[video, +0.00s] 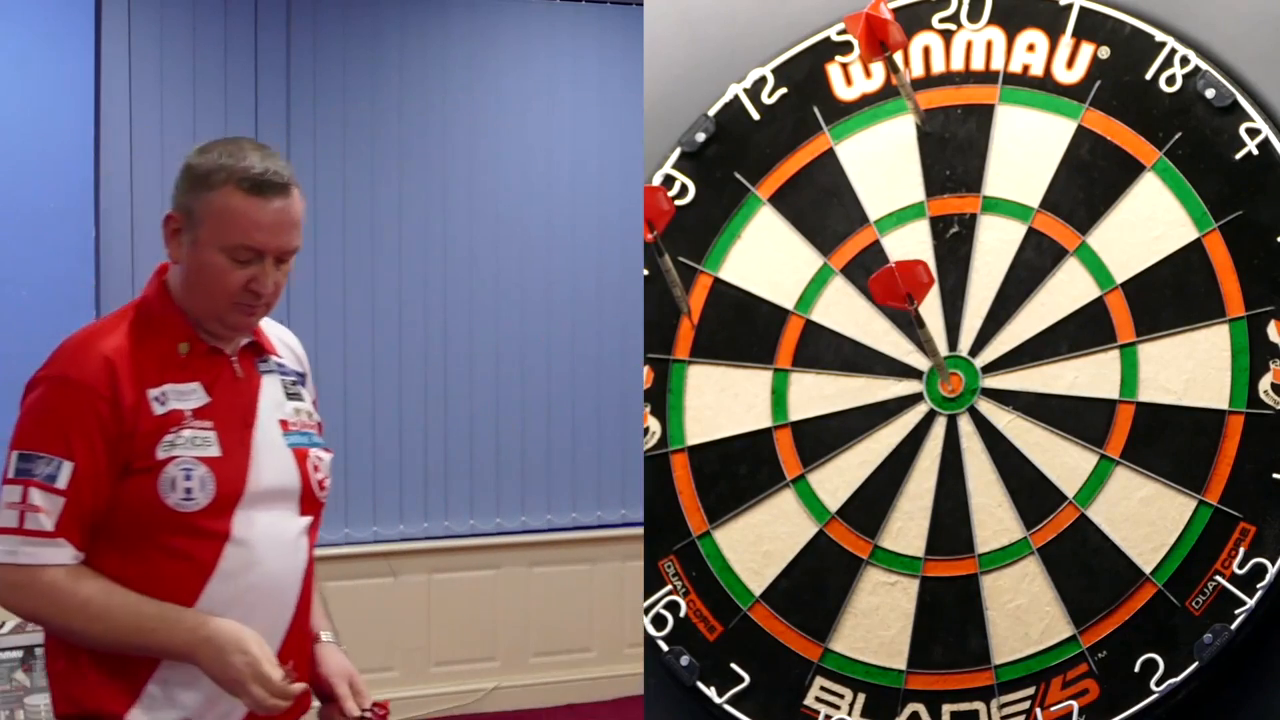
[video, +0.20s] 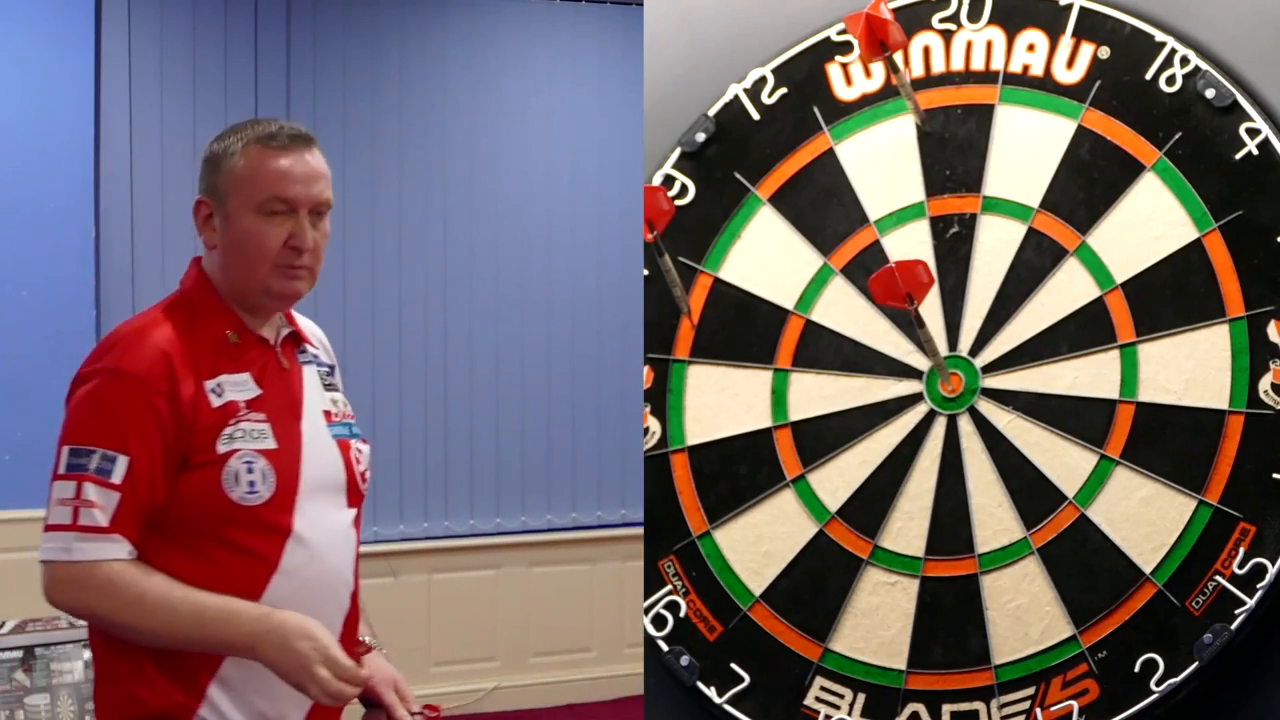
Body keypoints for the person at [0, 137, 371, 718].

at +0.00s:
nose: (266, 284)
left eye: (283, 259)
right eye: (243, 257)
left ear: (296, 250)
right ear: (176, 238)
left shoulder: (284, 355)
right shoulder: (92, 370)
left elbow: (284, 533)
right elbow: (21, 571)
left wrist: (322, 643)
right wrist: (199, 637)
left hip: (278, 702)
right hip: (139, 708)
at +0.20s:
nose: (305, 239)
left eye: (319, 214)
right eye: (276, 213)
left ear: (331, 221)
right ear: (209, 224)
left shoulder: (309, 346)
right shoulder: (140, 362)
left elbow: (316, 532)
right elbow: (75, 572)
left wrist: (362, 652)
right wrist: (263, 630)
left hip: (311, 704)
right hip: (184, 708)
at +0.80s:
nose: (366, 197)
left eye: (375, 176)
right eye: (330, 175)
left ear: (387, 194)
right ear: (263, 212)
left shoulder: (327, 335)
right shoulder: (264, 342)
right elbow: (244, 581)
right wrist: (460, 628)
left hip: (375, 702)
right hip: (301, 705)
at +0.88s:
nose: (375, 193)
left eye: (385, 172)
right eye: (339, 171)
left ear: (397, 193)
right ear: (271, 208)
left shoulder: (331, 336)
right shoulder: (275, 345)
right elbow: (261, 589)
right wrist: (482, 643)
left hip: (371, 701)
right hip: (308, 704)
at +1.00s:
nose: (382, 189)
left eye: (392, 169)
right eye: (345, 168)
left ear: (404, 189)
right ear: (276, 206)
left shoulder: (338, 338)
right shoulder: (280, 349)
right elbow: (267, 599)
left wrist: (490, 671)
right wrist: (490, 665)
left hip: (381, 701)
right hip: (316, 705)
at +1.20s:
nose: (385, 183)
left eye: (395, 164)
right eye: (349, 163)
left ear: (409, 186)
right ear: (279, 204)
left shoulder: (346, 331)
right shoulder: (276, 354)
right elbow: (256, 608)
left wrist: (433, 690)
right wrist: (424, 709)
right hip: (311, 707)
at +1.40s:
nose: (382, 179)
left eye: (393, 159)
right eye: (346, 159)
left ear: (407, 181)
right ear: (278, 202)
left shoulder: (352, 333)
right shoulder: (268, 359)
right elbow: (238, 616)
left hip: (401, 698)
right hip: (338, 704)